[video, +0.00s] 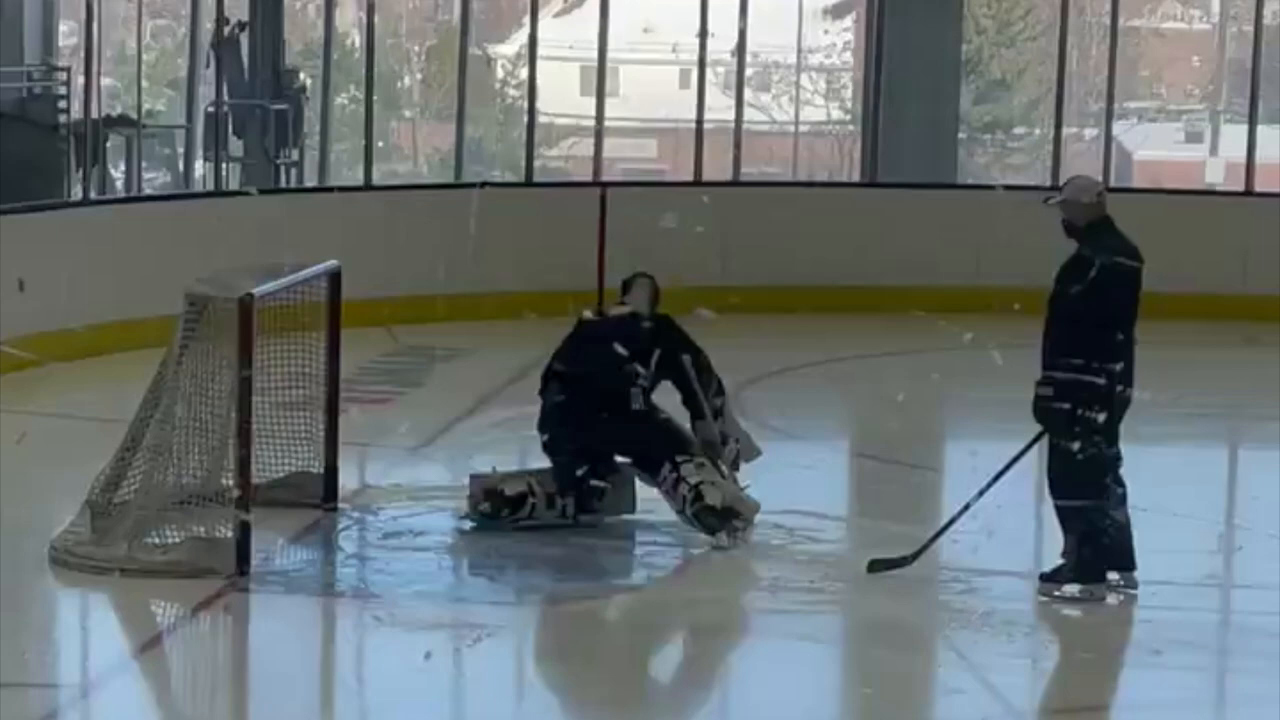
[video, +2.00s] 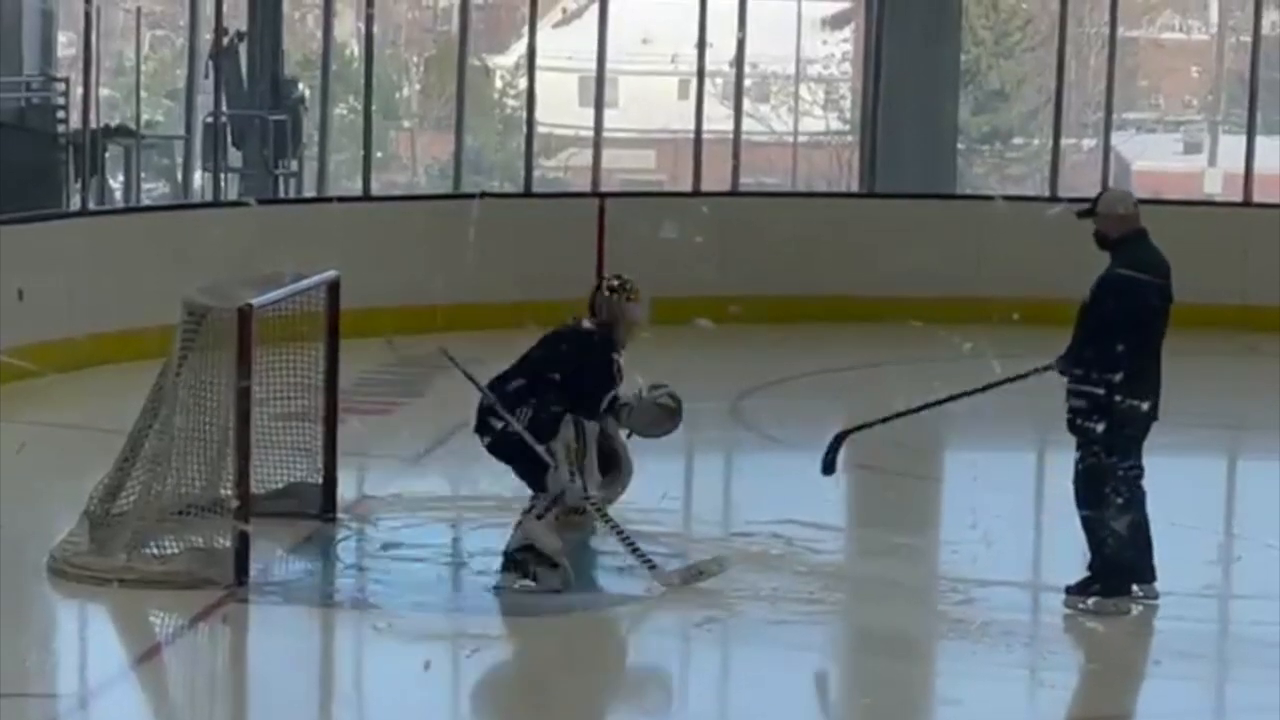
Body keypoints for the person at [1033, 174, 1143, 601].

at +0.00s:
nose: (1062, 218)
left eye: (1067, 210)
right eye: (1062, 209)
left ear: (1084, 210)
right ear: (1092, 209)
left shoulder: (1107, 259)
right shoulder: (1097, 254)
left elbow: (1099, 335)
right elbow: (1062, 331)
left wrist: (1067, 391)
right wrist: (1050, 385)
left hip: (1088, 390)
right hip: (1092, 387)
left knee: (1073, 478)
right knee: (1097, 475)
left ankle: (1086, 565)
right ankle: (1115, 560)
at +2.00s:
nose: (1094, 230)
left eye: (1098, 223)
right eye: (1094, 222)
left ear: (1114, 224)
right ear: (1131, 221)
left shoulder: (1125, 271)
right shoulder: (1149, 263)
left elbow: (1108, 336)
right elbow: (1121, 332)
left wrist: (1074, 363)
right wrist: (1079, 357)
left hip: (1112, 399)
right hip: (1134, 395)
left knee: (1097, 486)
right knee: (1122, 483)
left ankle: (1112, 578)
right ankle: (1134, 572)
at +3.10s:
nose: (1055, 263)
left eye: (1059, 254)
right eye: (1053, 254)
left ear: (1079, 252)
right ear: (1080, 251)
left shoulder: (1114, 292)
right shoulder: (1088, 287)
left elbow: (1112, 366)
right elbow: (1074, 350)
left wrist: (1069, 396)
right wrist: (1054, 383)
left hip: (1110, 419)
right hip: (1089, 415)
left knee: (1079, 500)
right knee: (1109, 498)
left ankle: (1085, 591)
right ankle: (1133, 577)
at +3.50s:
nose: (1030, 262)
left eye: (1036, 256)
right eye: (1029, 255)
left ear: (1060, 254)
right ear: (1044, 254)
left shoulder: (1102, 298)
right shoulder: (1040, 287)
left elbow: (1105, 376)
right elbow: (1017, 345)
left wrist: (1090, 437)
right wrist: (983, 386)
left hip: (1077, 425)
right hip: (1038, 422)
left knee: (1056, 519)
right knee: (1054, 511)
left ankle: (1046, 615)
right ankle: (1075, 586)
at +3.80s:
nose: (1010, 264)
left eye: (1016, 256)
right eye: (1009, 256)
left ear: (1041, 256)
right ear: (1027, 255)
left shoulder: (1088, 305)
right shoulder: (1020, 293)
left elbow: (1093, 383)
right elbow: (987, 355)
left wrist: (1083, 441)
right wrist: (947, 395)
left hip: (1058, 440)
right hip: (1011, 435)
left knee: (1052, 535)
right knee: (1005, 527)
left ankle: (1045, 629)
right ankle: (1006, 601)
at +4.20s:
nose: (993, 275)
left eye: (999, 268)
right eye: (992, 268)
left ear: (1023, 266)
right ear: (1005, 267)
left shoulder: (1070, 315)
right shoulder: (1000, 306)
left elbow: (1071, 397)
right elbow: (975, 367)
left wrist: (1057, 463)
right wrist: (935, 410)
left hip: (1043, 462)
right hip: (994, 457)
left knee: (1043, 562)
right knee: (980, 554)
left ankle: (1044, 657)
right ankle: (967, 649)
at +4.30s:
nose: (985, 277)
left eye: (992, 270)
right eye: (985, 270)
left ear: (1018, 266)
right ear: (1000, 269)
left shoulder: (1065, 318)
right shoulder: (995, 311)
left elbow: (1067, 401)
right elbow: (974, 373)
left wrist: (1052, 466)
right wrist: (933, 416)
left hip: (1040, 467)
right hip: (989, 463)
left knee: (1039, 570)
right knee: (974, 560)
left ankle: (1042, 671)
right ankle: (958, 662)